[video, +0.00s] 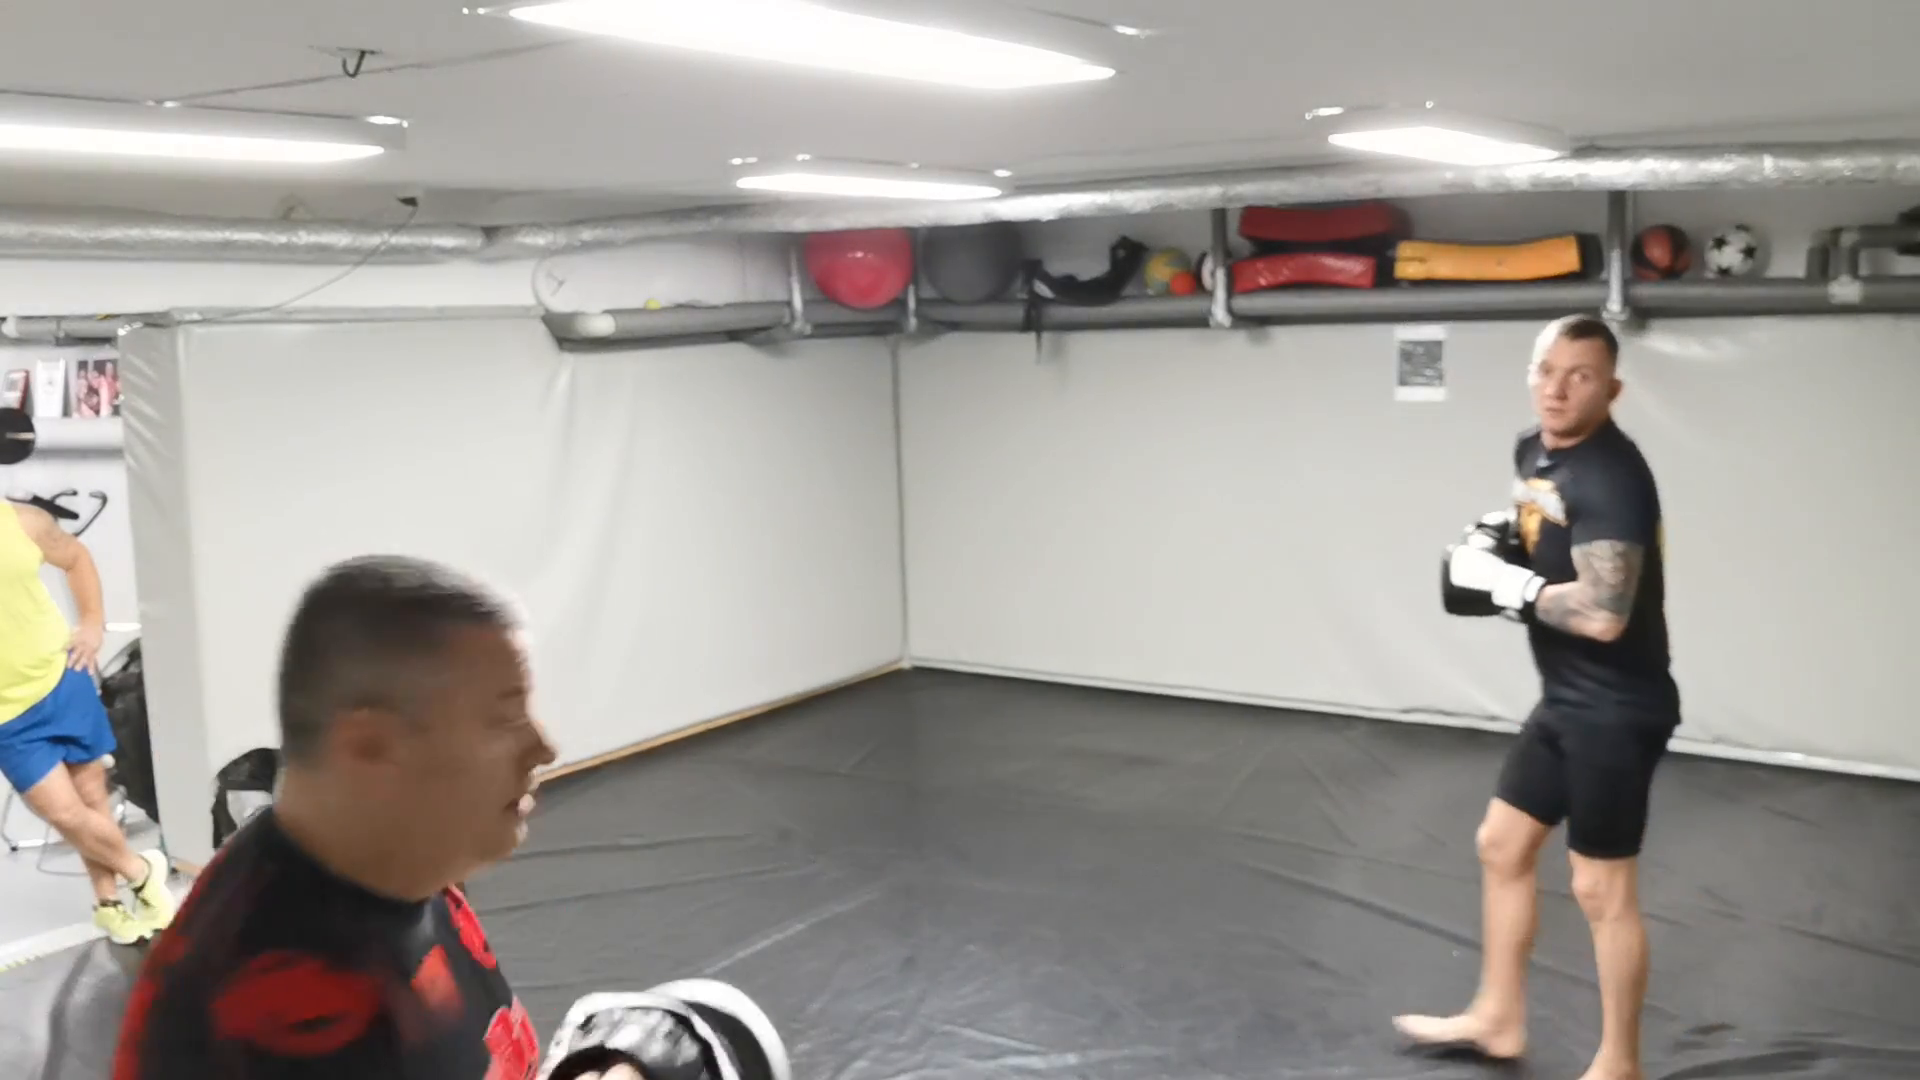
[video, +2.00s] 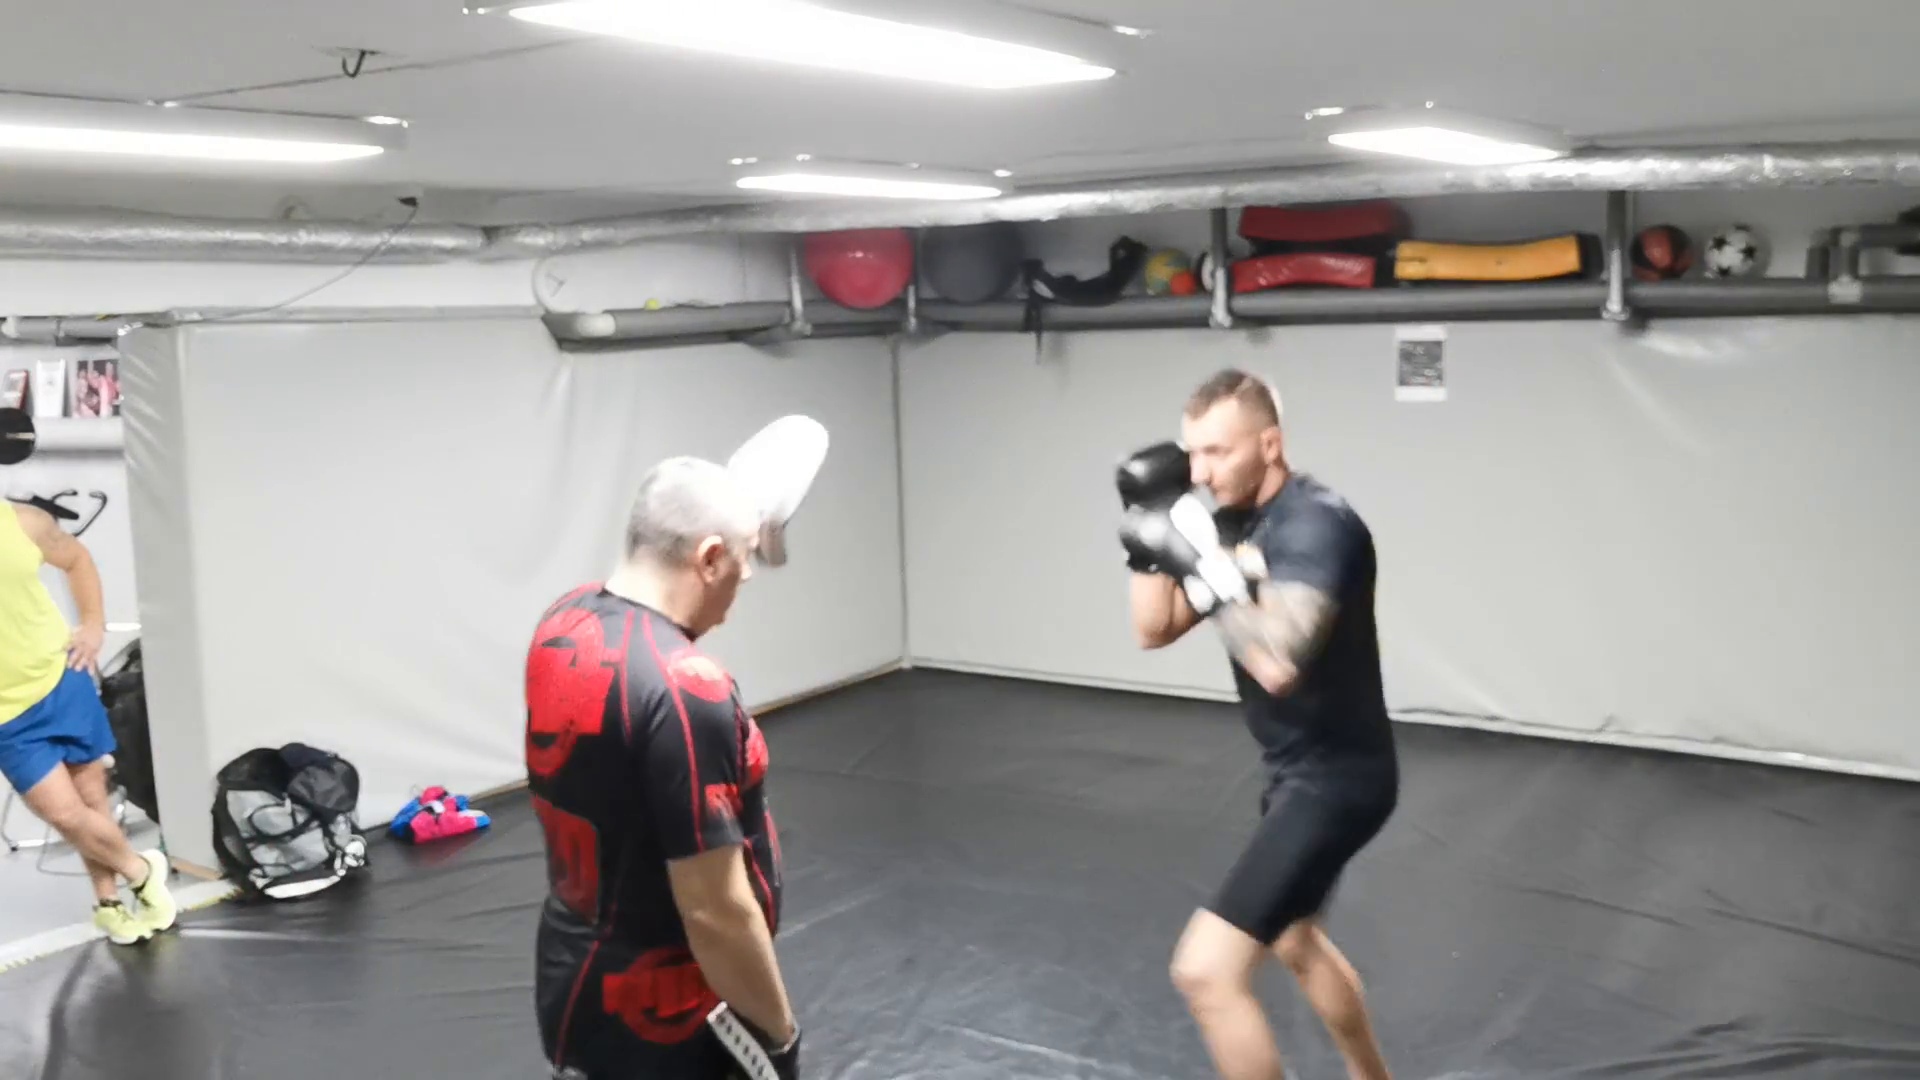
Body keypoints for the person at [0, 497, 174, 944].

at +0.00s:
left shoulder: (19, 521)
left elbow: (76, 558)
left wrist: (92, 623)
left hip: (62, 682)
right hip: (8, 715)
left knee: (92, 797)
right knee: (64, 815)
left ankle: (107, 901)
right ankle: (142, 872)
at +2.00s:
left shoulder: (22, 522)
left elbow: (77, 559)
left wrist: (93, 623)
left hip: (62, 683)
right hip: (8, 716)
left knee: (91, 799)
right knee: (65, 817)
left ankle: (108, 901)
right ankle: (142, 872)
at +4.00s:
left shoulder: (20, 523)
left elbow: (76, 558)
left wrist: (92, 623)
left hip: (61, 682)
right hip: (7, 715)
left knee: (91, 798)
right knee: (66, 817)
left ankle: (108, 901)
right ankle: (141, 873)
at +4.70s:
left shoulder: (22, 523)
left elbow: (76, 558)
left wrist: (93, 623)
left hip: (62, 681)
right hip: (8, 717)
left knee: (93, 797)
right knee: (66, 818)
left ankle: (110, 899)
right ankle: (155, 863)